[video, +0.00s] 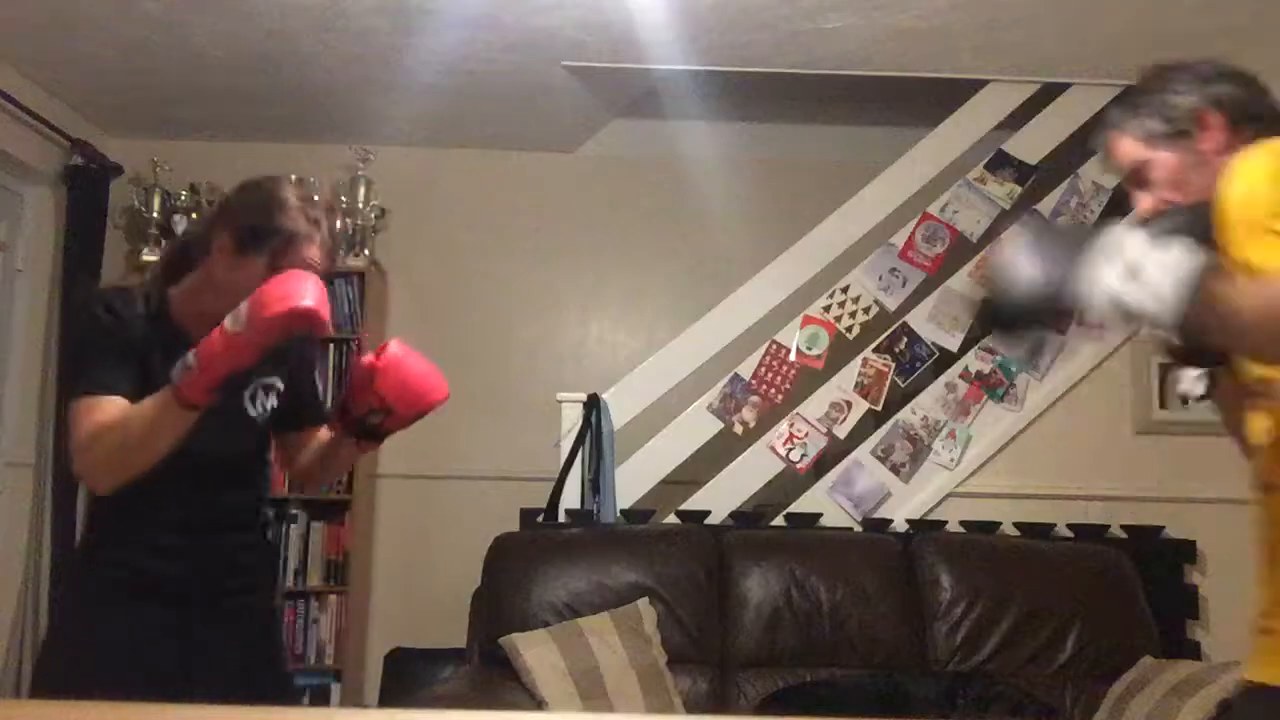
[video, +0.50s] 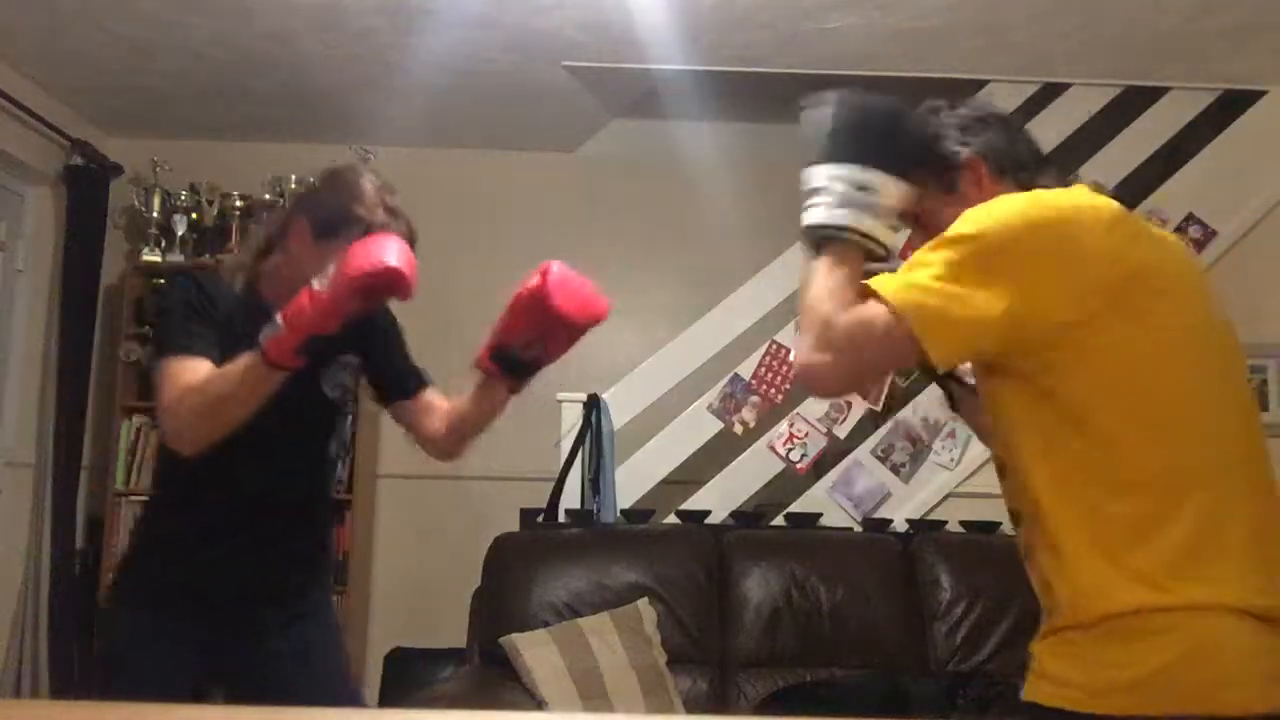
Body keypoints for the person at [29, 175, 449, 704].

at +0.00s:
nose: (288, 296)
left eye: (302, 280)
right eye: (279, 274)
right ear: (225, 250)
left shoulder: (282, 346)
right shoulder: (118, 321)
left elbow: (305, 473)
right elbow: (98, 464)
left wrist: (357, 428)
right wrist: (218, 359)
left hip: (239, 633)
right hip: (121, 632)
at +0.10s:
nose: (313, 287)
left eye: (326, 272)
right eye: (305, 264)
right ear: (249, 233)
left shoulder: (299, 334)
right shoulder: (137, 300)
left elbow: (303, 458)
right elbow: (113, 447)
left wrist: (361, 426)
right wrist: (232, 356)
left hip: (254, 615)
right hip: (134, 614)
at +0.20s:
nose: (355, 273)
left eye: (367, 261)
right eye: (348, 252)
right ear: (291, 223)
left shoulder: (340, 318)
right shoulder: (180, 289)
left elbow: (364, 446)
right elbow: (142, 430)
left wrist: (422, 416)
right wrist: (258, 346)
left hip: (285, 594)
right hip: (167, 588)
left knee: (341, 715)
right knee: (131, 719)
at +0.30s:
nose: (372, 296)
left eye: (387, 285)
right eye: (365, 276)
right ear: (315, 252)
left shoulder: (371, 340)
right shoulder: (213, 322)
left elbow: (453, 459)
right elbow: (185, 449)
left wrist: (512, 400)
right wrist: (295, 351)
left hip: (318, 633)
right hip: (195, 629)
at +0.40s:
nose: (369, 312)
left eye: (385, 299)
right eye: (362, 291)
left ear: (387, 297)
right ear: (319, 264)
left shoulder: (379, 349)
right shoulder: (219, 328)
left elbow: (478, 449)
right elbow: (203, 454)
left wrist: (539, 370)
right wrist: (308, 358)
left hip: (315, 633)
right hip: (194, 627)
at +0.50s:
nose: (350, 281)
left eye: (365, 270)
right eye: (345, 262)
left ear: (370, 267)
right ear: (298, 233)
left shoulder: (360, 320)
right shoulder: (200, 297)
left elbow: (443, 435)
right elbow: (184, 427)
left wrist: (512, 361)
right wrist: (295, 332)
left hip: (290, 604)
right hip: (169, 593)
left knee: (334, 718)